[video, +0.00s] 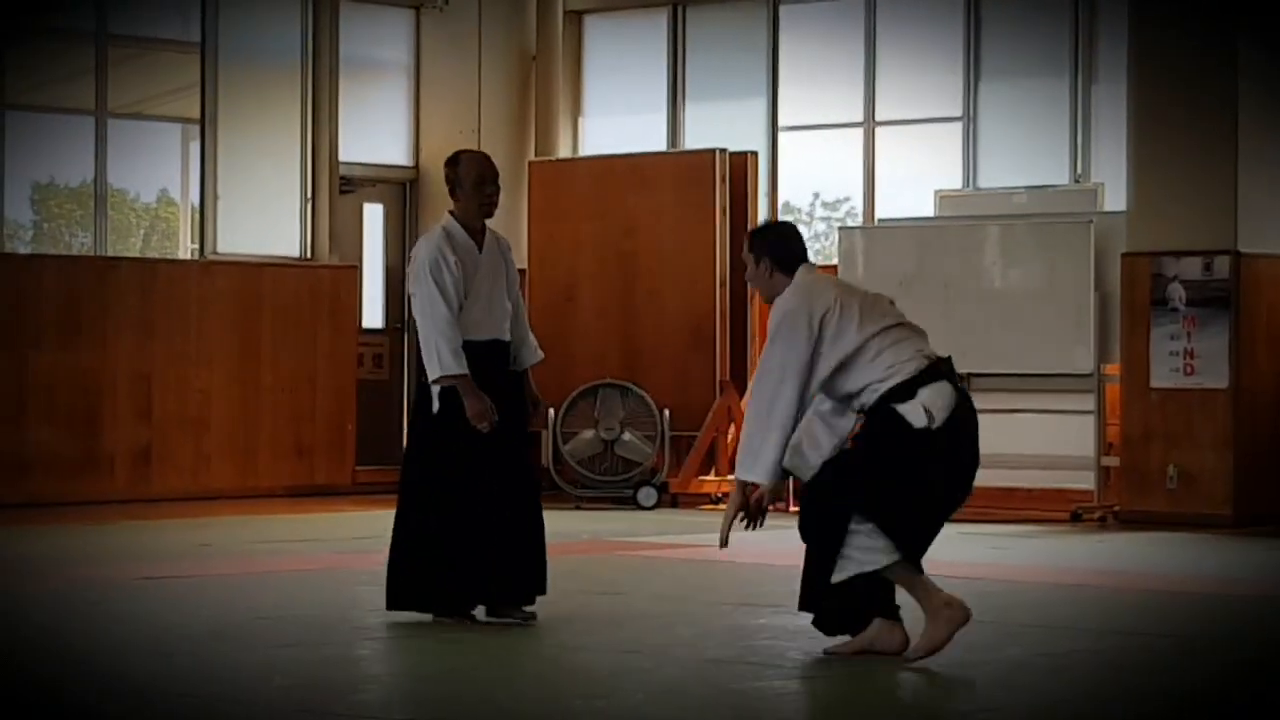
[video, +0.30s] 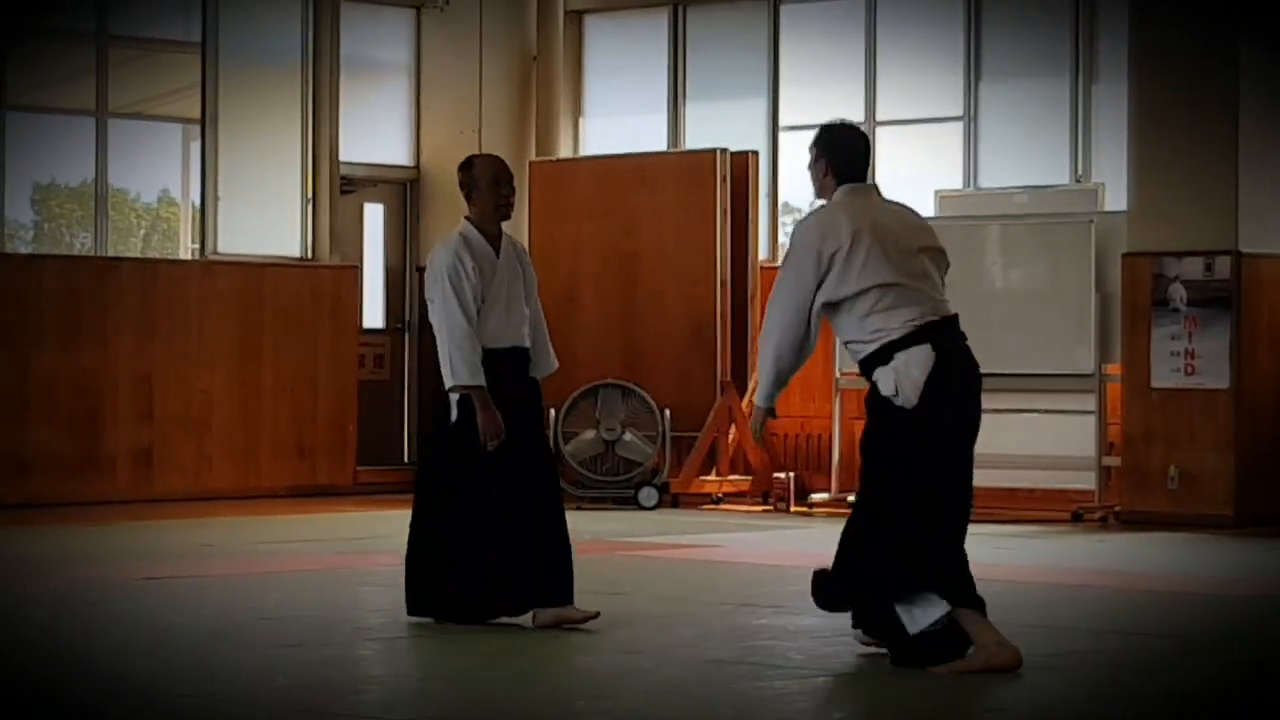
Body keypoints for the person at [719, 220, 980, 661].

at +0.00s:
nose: (746, 278)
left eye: (748, 267)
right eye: (745, 268)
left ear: (767, 265)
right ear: (796, 261)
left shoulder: (798, 302)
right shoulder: (837, 293)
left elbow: (773, 394)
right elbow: (834, 405)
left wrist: (745, 479)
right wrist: (779, 475)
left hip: (916, 412)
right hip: (939, 405)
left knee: (835, 503)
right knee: (841, 503)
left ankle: (938, 605)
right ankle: (880, 623)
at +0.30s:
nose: (810, 174)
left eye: (812, 165)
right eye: (812, 164)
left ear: (825, 167)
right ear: (863, 165)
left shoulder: (821, 225)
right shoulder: (906, 216)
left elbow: (788, 323)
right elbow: (933, 276)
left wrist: (764, 397)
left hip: (907, 374)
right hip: (956, 363)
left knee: (888, 517)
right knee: (936, 508)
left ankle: (984, 642)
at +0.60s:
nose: (826, 143)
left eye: (829, 134)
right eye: (829, 134)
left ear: (841, 140)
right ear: (880, 144)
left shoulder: (818, 205)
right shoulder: (918, 206)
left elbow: (759, 290)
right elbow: (937, 296)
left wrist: (736, 310)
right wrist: (954, 368)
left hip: (861, 372)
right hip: (923, 367)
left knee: (818, 513)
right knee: (916, 499)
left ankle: (911, 600)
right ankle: (949, 631)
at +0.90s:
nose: (736, 161)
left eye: (739, 153)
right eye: (739, 154)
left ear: (750, 159)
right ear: (794, 162)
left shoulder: (736, 219)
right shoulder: (832, 217)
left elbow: (665, 168)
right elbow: (861, 307)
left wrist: (694, 101)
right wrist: (863, 373)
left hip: (778, 382)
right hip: (848, 378)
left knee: (696, 477)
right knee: (882, 498)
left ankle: (674, 601)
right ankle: (938, 619)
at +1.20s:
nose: (605, 157)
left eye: (607, 149)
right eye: (608, 149)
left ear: (618, 154)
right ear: (662, 157)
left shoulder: (592, 209)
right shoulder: (697, 211)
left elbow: (527, 244)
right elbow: (733, 292)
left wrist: (504, 244)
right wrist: (737, 361)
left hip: (634, 365)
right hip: (698, 360)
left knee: (611, 487)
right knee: (721, 480)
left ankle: (592, 609)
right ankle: (771, 583)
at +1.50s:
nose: (488, 192)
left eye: (492, 183)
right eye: (491, 183)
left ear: (509, 186)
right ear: (539, 190)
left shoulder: (486, 243)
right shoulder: (577, 245)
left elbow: (418, 305)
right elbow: (619, 320)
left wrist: (348, 339)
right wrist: (655, 385)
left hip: (523, 387)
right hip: (580, 383)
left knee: (432, 463)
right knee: (571, 490)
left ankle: (435, 605)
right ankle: (625, 603)